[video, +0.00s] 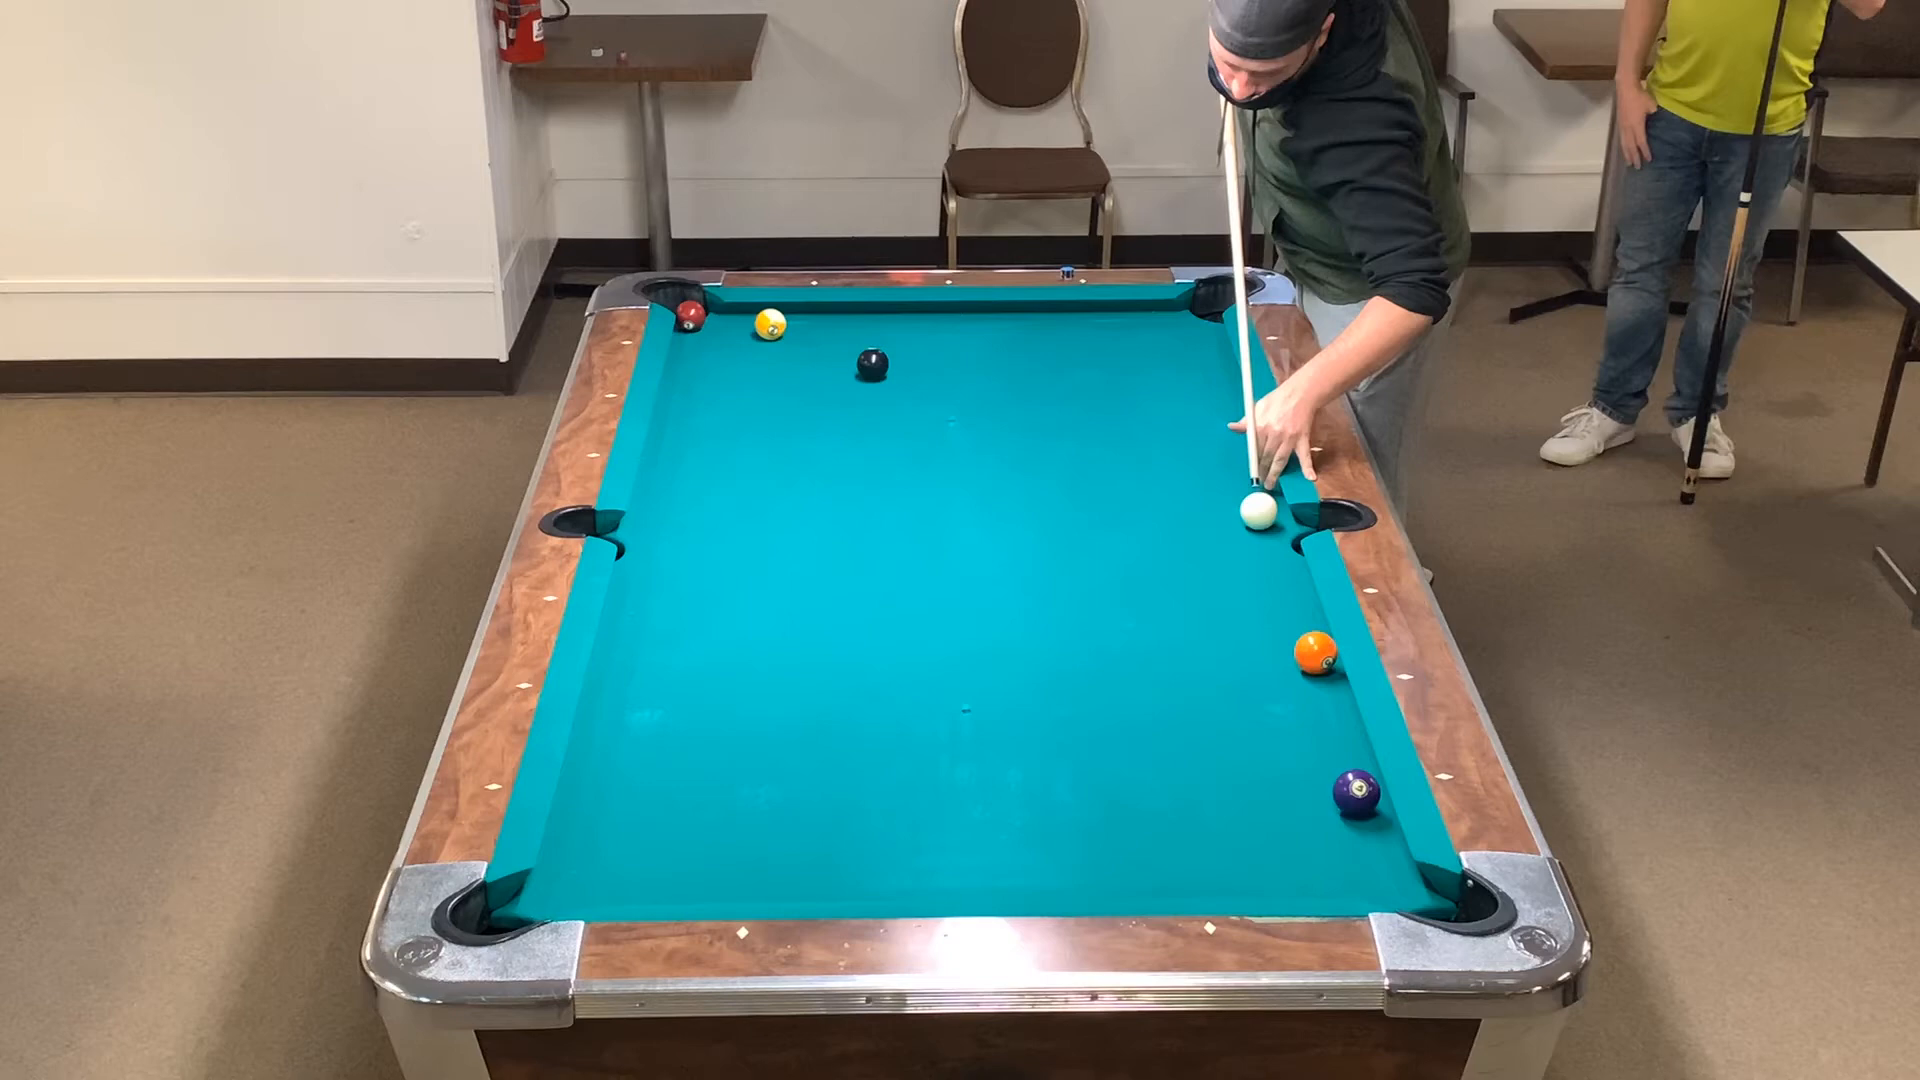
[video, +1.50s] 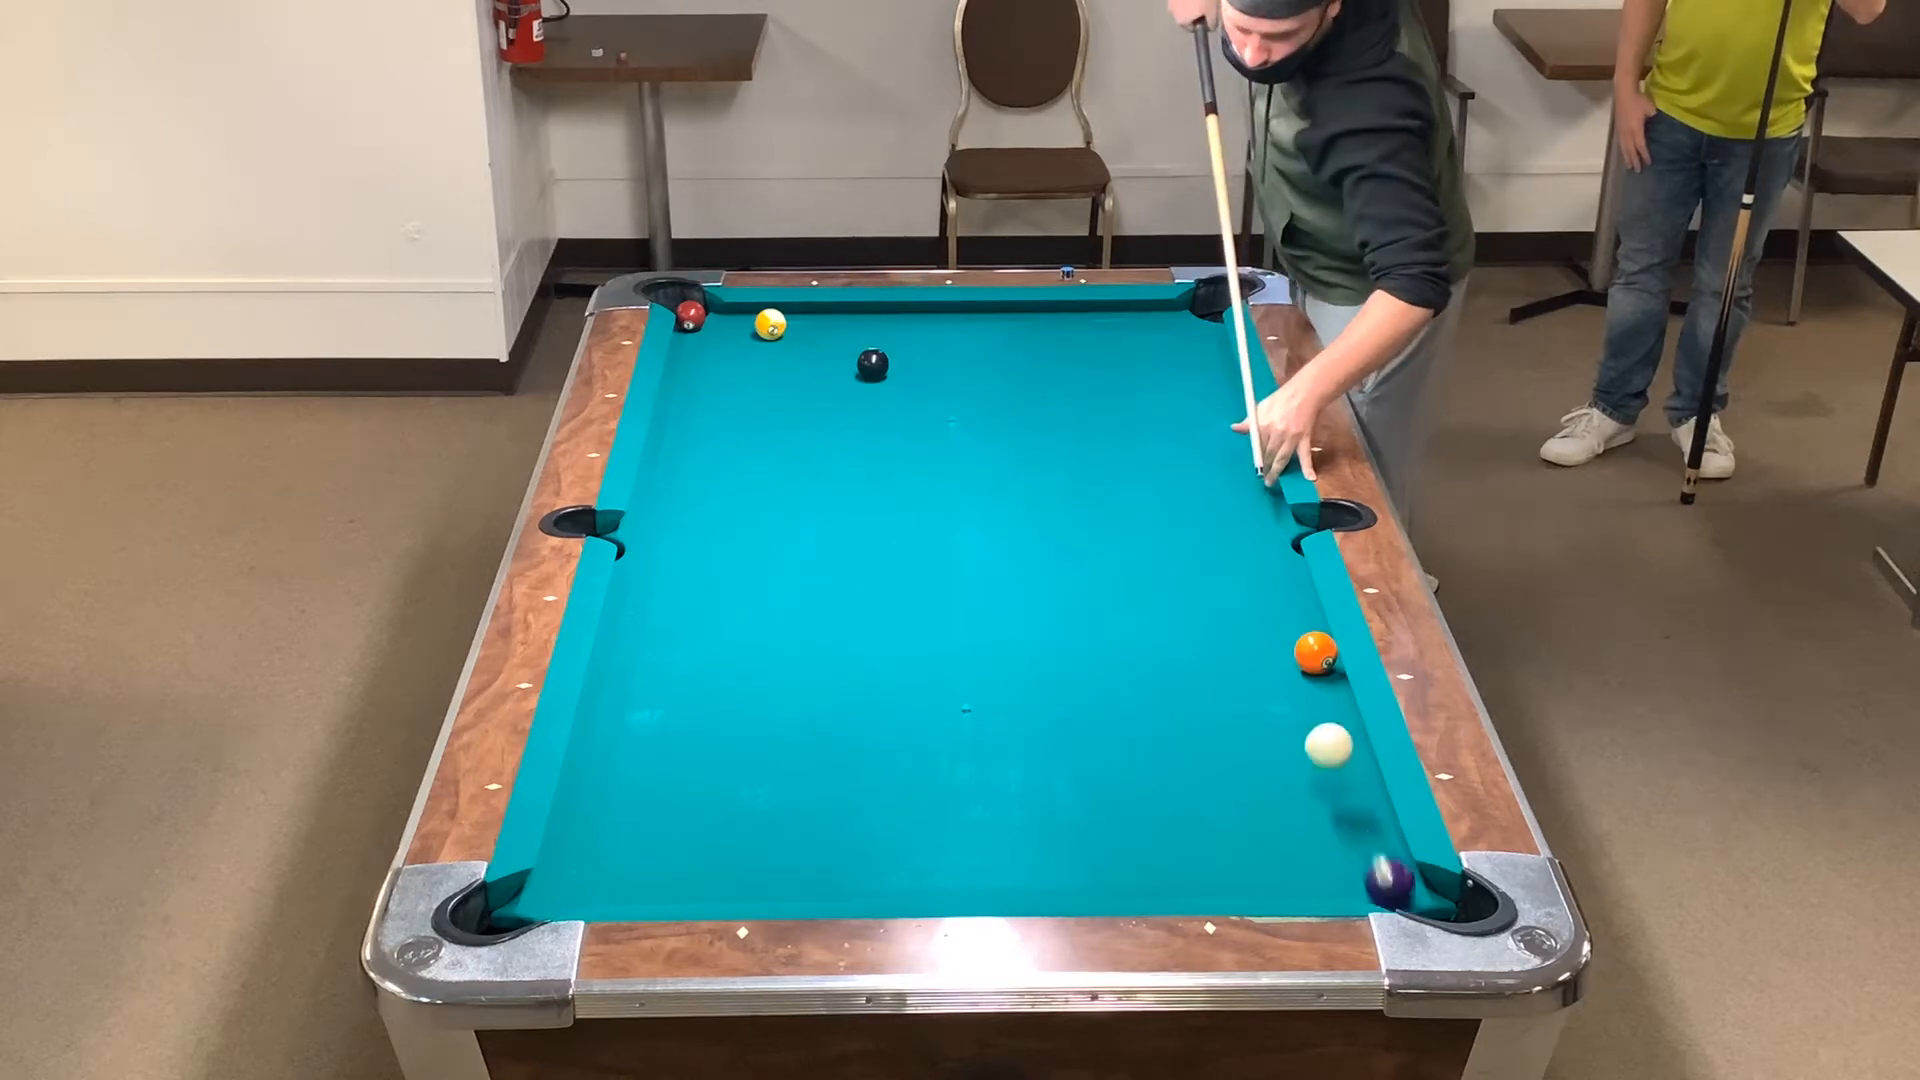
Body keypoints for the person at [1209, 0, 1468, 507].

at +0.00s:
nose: (1240, 89)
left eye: (1267, 75)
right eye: (1227, 64)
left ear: (1322, 30)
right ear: (1218, 14)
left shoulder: (1353, 110)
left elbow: (1419, 287)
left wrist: (1304, 392)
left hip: (1368, 286)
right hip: (1304, 255)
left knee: (1357, 465)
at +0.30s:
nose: (1239, 90)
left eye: (1268, 76)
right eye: (1227, 64)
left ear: (1323, 31)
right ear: (1217, 14)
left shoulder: (1353, 111)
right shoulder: (1264, 11)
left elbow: (1419, 289)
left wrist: (1303, 392)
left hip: (1369, 285)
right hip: (1303, 254)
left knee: (1357, 464)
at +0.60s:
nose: (1240, 90)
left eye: (1268, 76)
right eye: (1227, 64)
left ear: (1324, 33)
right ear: (1216, 14)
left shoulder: (1353, 113)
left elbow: (1419, 290)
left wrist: (1303, 392)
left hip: (1369, 285)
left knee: (1358, 462)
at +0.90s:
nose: (1240, 89)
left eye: (1269, 76)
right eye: (1227, 63)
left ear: (1325, 32)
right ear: (1217, 14)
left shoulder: (1354, 113)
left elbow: (1419, 290)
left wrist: (1305, 391)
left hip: (1368, 286)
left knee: (1357, 466)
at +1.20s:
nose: (1245, 87)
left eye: (1272, 70)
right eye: (1229, 60)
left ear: (1328, 28)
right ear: (1206, 10)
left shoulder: (1362, 112)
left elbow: (1422, 295)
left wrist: (1307, 392)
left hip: (1370, 286)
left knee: (1358, 464)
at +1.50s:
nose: (1254, 54)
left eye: (1281, 37)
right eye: (1240, 29)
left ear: (1330, 9)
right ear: (1224, 3)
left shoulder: (1369, 91)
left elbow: (1417, 280)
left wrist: (1305, 391)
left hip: (1372, 290)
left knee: (1360, 468)